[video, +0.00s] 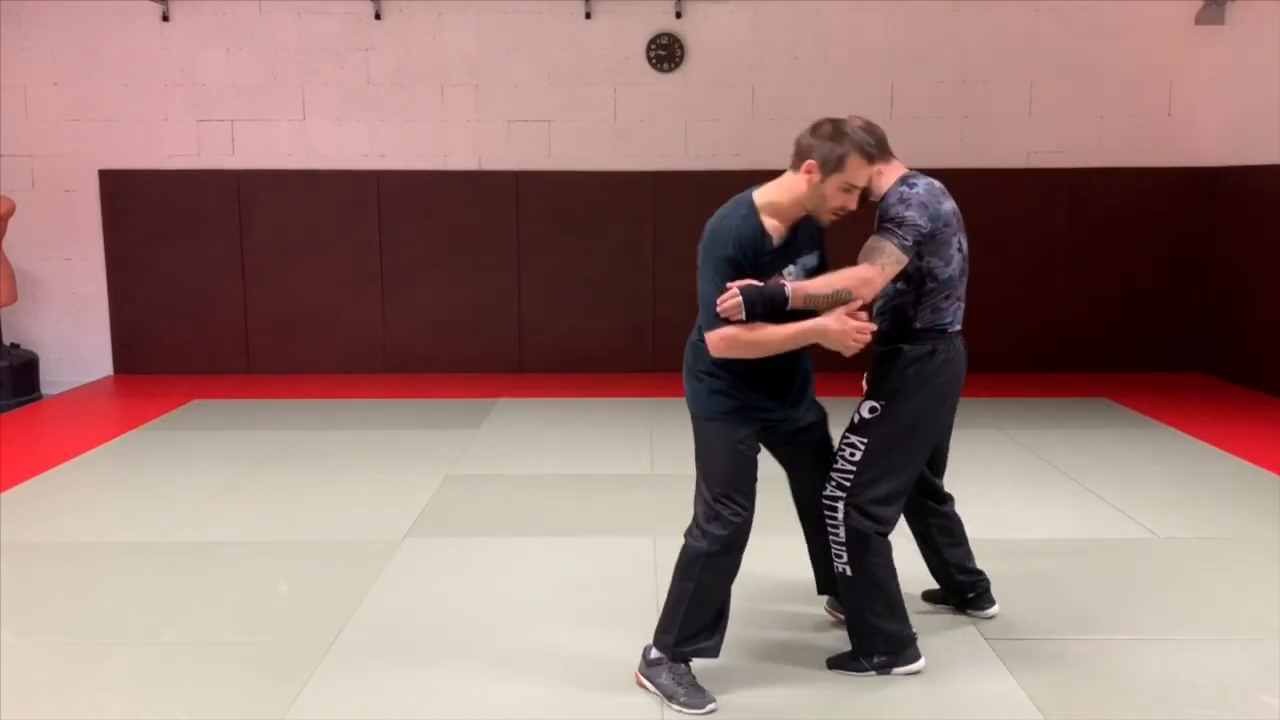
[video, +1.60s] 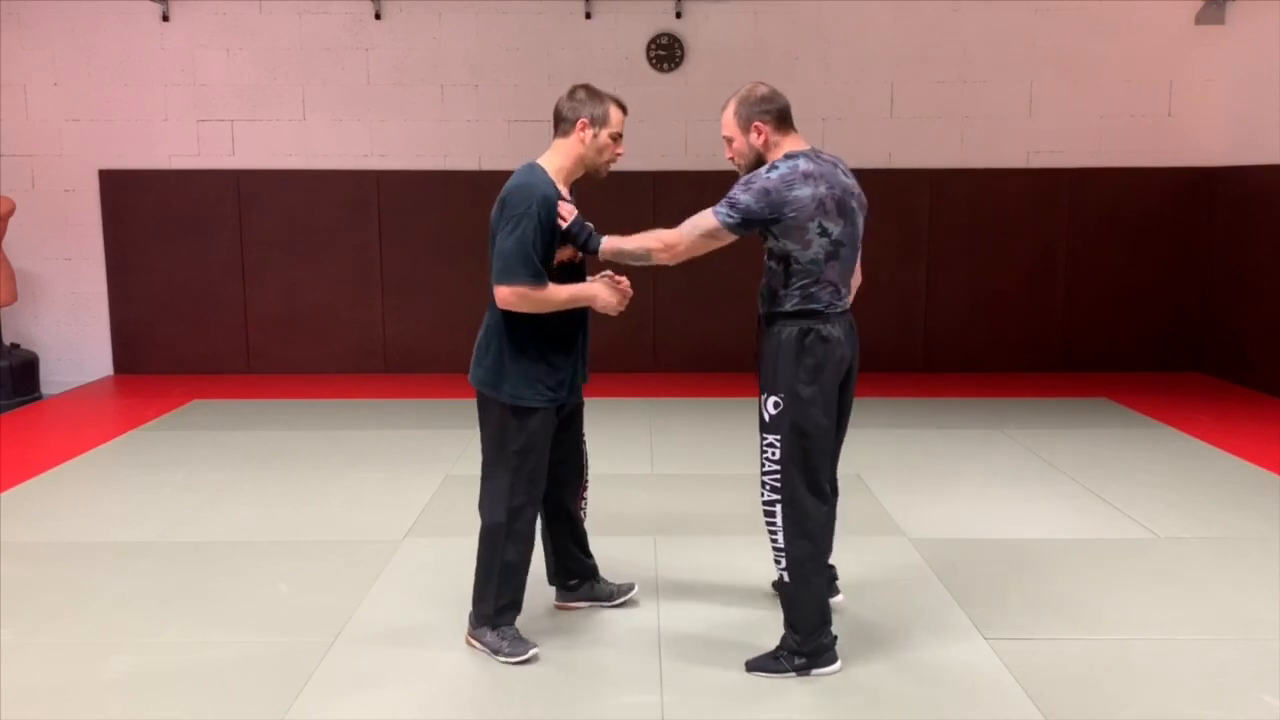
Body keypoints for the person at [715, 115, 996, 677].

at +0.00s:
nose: (845, 192)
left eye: (843, 179)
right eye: (838, 180)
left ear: (857, 163)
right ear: (885, 149)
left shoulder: (911, 202)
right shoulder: (920, 193)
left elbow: (865, 281)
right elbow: (881, 286)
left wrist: (771, 296)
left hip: (915, 366)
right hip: (933, 361)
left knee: (847, 500)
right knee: (920, 484)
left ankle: (886, 646)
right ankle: (967, 587)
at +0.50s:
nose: (807, 146)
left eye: (812, 133)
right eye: (806, 134)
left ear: (848, 126)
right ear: (850, 127)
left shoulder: (884, 179)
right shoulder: (879, 174)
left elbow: (890, 281)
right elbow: (883, 278)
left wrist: (810, 336)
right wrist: (840, 338)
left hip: (886, 346)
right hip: (882, 343)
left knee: (865, 491)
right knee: (868, 481)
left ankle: (888, 645)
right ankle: (888, 584)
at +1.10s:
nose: (780, 146)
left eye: (786, 134)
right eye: (777, 134)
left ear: (823, 128)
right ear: (822, 130)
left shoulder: (864, 181)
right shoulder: (837, 180)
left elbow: (836, 281)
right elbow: (824, 274)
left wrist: (738, 288)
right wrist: (782, 331)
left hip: (848, 343)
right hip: (835, 339)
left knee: (817, 490)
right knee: (850, 474)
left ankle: (808, 642)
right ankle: (865, 587)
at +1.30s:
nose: (760, 146)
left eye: (765, 133)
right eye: (758, 134)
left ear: (800, 128)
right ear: (804, 127)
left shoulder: (829, 183)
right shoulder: (841, 172)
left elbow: (762, 269)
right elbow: (828, 270)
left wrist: (679, 253)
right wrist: (783, 328)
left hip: (822, 343)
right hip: (833, 338)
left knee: (802, 493)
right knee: (829, 475)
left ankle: (807, 643)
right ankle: (857, 580)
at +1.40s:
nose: (748, 148)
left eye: (752, 135)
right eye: (746, 136)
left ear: (786, 128)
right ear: (795, 128)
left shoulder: (812, 183)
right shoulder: (844, 173)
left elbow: (728, 264)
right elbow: (825, 271)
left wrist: (653, 232)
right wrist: (790, 332)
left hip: (815, 343)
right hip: (835, 338)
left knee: (797, 491)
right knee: (822, 471)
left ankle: (808, 642)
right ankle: (850, 573)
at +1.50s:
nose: (739, 150)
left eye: (742, 137)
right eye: (737, 138)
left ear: (773, 128)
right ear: (790, 127)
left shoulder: (789, 185)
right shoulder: (846, 174)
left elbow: (701, 257)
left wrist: (627, 232)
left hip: (805, 344)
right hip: (840, 339)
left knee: (791, 491)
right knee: (816, 472)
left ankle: (808, 642)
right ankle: (837, 569)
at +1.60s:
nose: (727, 151)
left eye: (730, 139)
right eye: (725, 139)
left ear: (761, 130)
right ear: (778, 129)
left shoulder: (772, 184)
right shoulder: (841, 177)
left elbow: (672, 246)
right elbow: (850, 277)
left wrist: (590, 241)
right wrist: (822, 330)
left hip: (796, 345)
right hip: (833, 338)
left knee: (787, 489)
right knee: (814, 476)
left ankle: (808, 644)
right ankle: (814, 577)